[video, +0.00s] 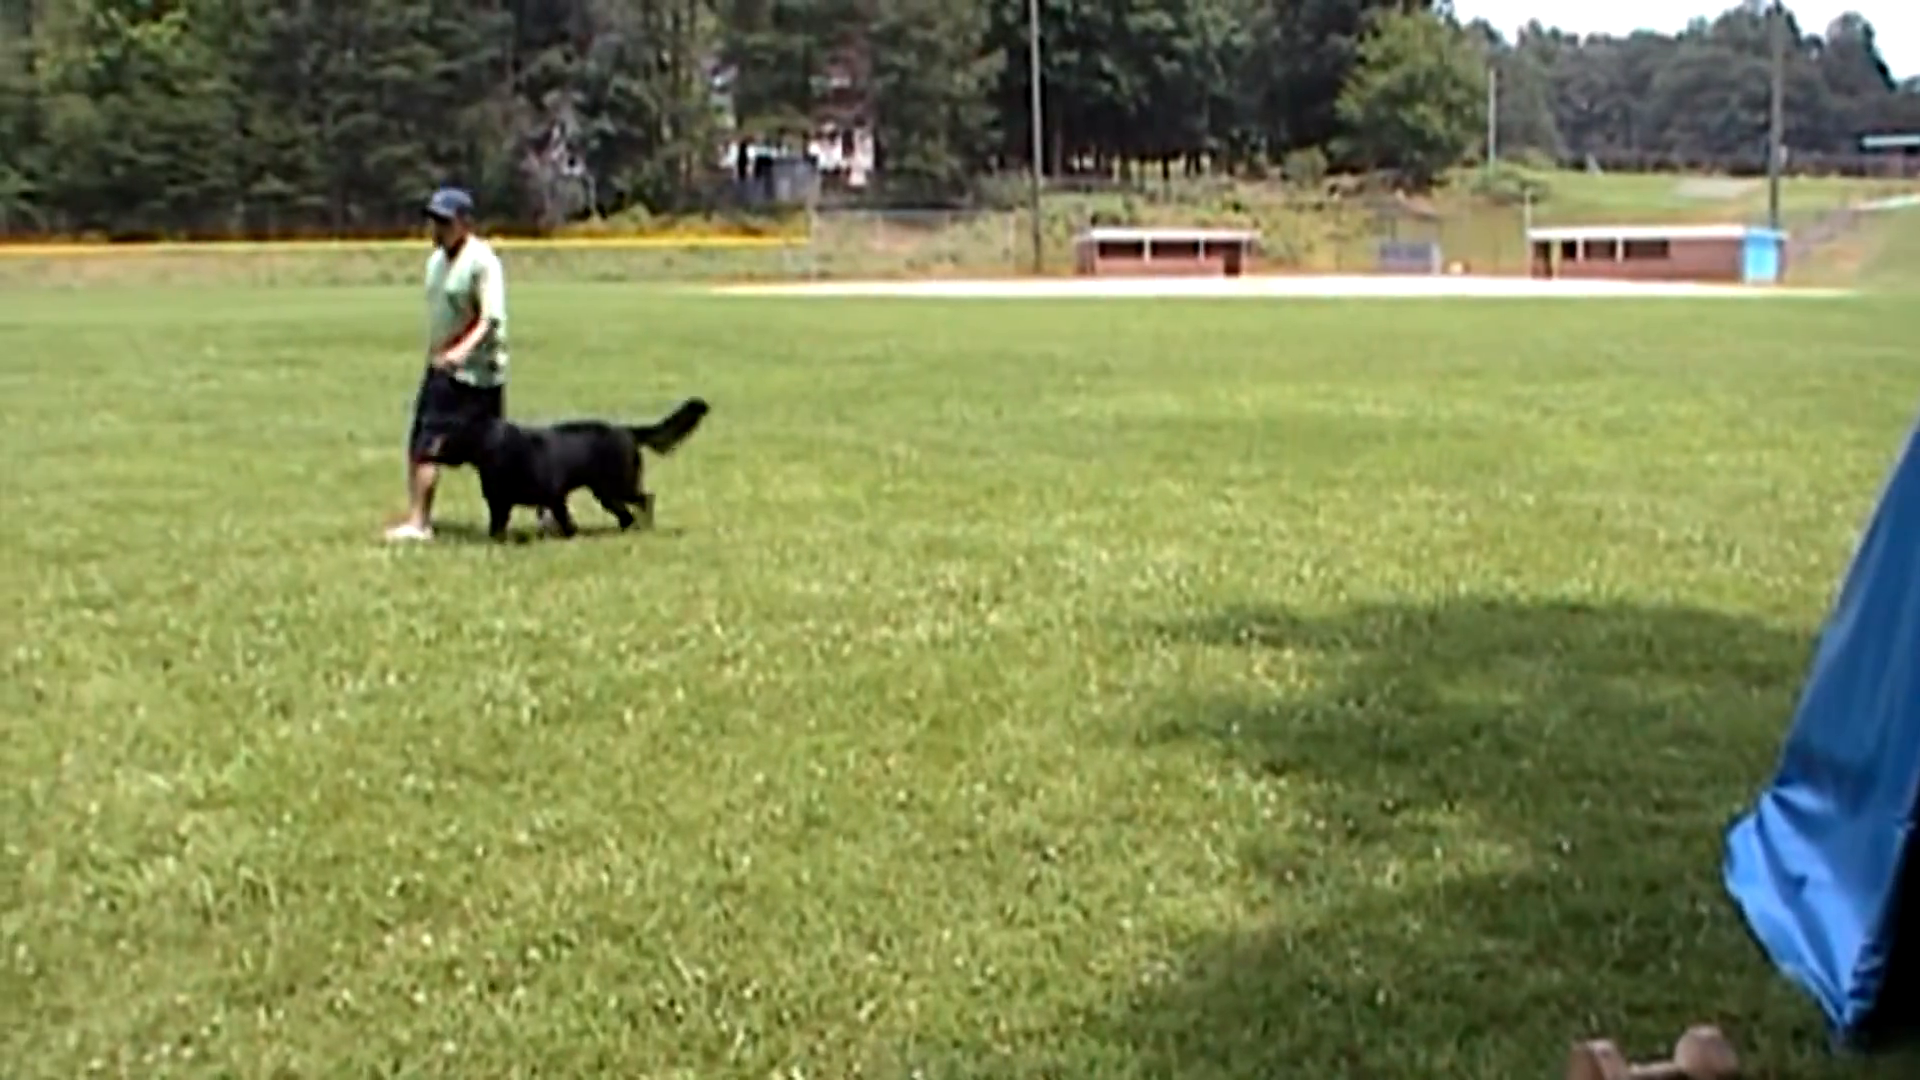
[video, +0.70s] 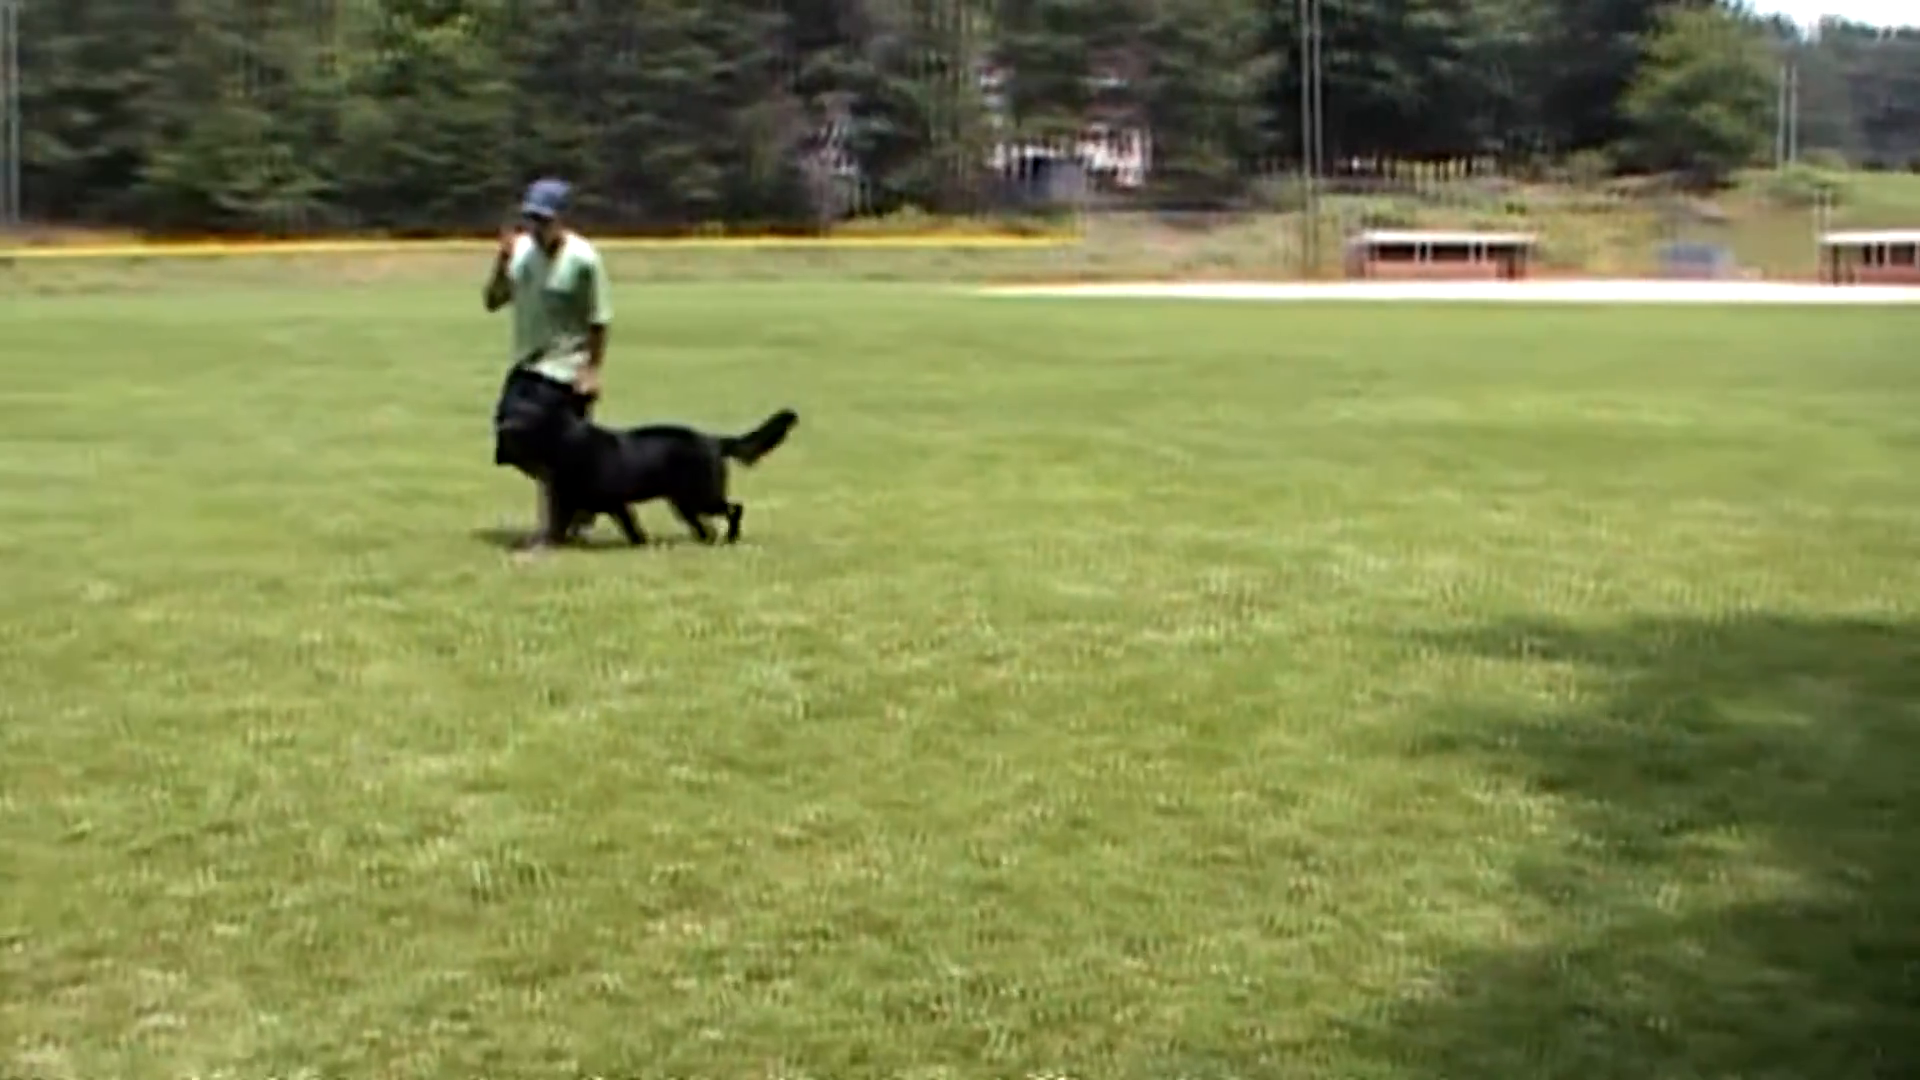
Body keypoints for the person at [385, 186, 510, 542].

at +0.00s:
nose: (436, 230)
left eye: (444, 222)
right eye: (433, 221)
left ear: (464, 223)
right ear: (432, 223)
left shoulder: (484, 262)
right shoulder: (436, 260)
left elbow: (490, 318)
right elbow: (444, 312)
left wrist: (458, 352)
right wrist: (438, 353)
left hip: (480, 373)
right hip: (442, 368)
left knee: (489, 450)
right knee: (423, 448)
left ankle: (539, 503)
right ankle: (419, 519)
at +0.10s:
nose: (418, 224)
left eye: (426, 217)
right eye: (415, 216)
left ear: (446, 217)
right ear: (413, 217)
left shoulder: (467, 256)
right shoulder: (417, 254)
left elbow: (478, 316)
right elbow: (416, 313)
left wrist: (461, 361)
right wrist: (405, 357)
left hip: (454, 363)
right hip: (420, 362)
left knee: (456, 442)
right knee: (416, 446)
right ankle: (423, 519)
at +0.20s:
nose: (408, 220)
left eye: (416, 212)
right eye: (405, 212)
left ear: (437, 212)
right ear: (402, 213)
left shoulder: (460, 253)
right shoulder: (404, 249)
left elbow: (473, 314)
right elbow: (399, 304)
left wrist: (467, 363)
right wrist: (382, 345)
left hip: (443, 350)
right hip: (413, 348)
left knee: (415, 428)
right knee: (410, 432)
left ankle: (451, 499)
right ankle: (438, 510)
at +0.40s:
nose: (430, 231)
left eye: (438, 223)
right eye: (426, 223)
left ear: (459, 222)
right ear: (422, 223)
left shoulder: (477, 263)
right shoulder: (423, 256)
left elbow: (500, 323)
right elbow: (411, 302)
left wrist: (495, 375)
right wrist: (388, 319)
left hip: (464, 365)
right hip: (433, 361)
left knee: (424, 442)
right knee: (466, 445)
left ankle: (388, 521)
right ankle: (498, 507)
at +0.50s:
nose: (459, 235)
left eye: (467, 227)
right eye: (454, 227)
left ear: (486, 227)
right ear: (449, 227)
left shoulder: (505, 269)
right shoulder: (449, 259)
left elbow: (526, 327)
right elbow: (435, 306)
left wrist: (519, 378)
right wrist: (422, 302)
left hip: (489, 367)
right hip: (459, 365)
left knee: (451, 444)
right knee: (492, 447)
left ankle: (431, 530)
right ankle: (538, 509)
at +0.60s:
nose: (496, 231)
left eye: (504, 224)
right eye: (493, 223)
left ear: (523, 226)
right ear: (488, 224)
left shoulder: (545, 266)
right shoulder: (487, 257)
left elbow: (563, 324)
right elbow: (464, 307)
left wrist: (555, 372)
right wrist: (466, 269)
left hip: (526, 365)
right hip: (494, 361)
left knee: (492, 441)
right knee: (502, 445)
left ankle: (490, 526)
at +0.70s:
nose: (535, 227)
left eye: (543, 220)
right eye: (531, 218)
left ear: (561, 221)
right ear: (526, 219)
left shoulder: (584, 260)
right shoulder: (523, 250)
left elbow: (598, 319)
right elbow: (494, 301)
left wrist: (592, 369)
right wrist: (502, 261)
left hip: (567, 361)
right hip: (529, 358)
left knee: (552, 442)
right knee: (513, 438)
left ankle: (551, 526)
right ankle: (574, 501)